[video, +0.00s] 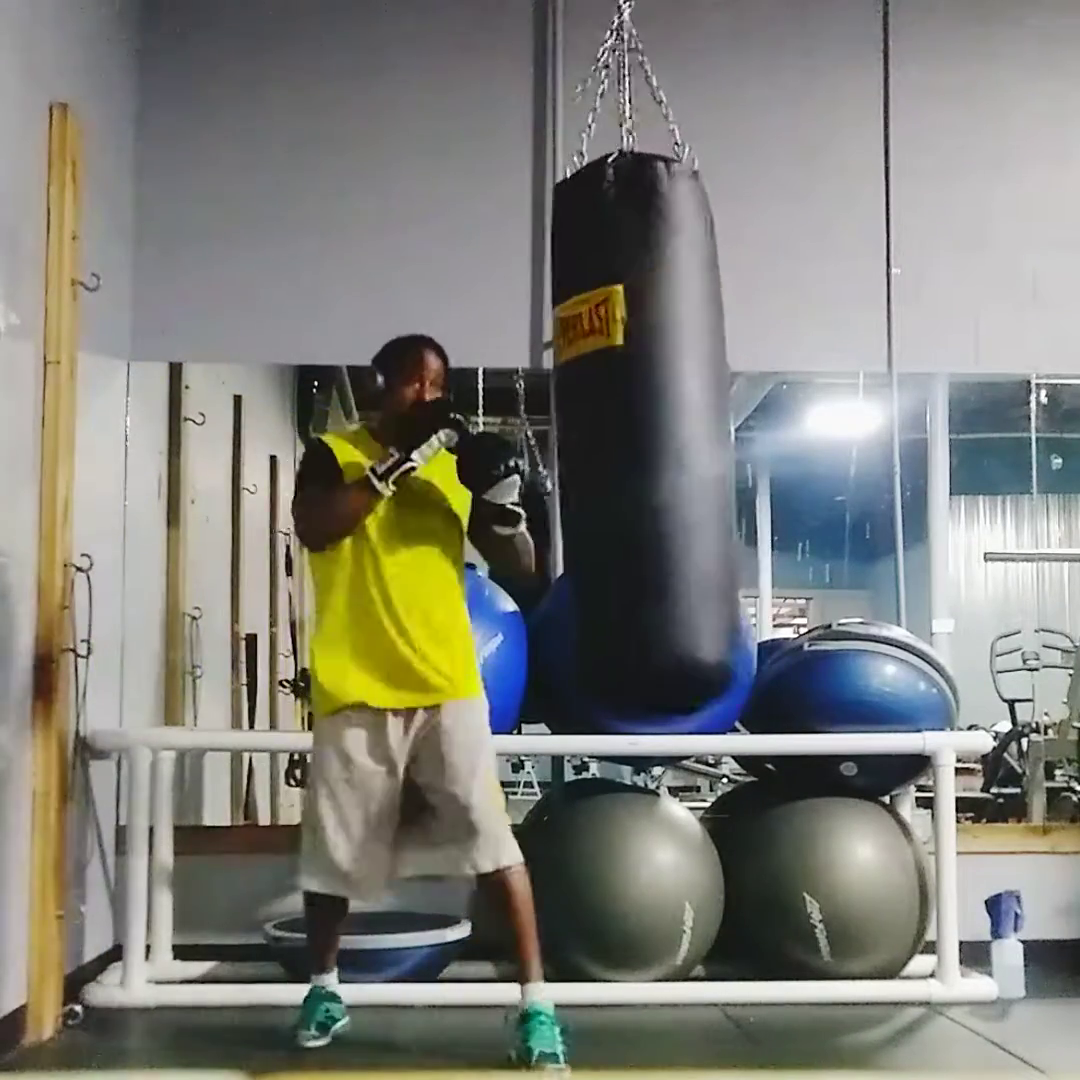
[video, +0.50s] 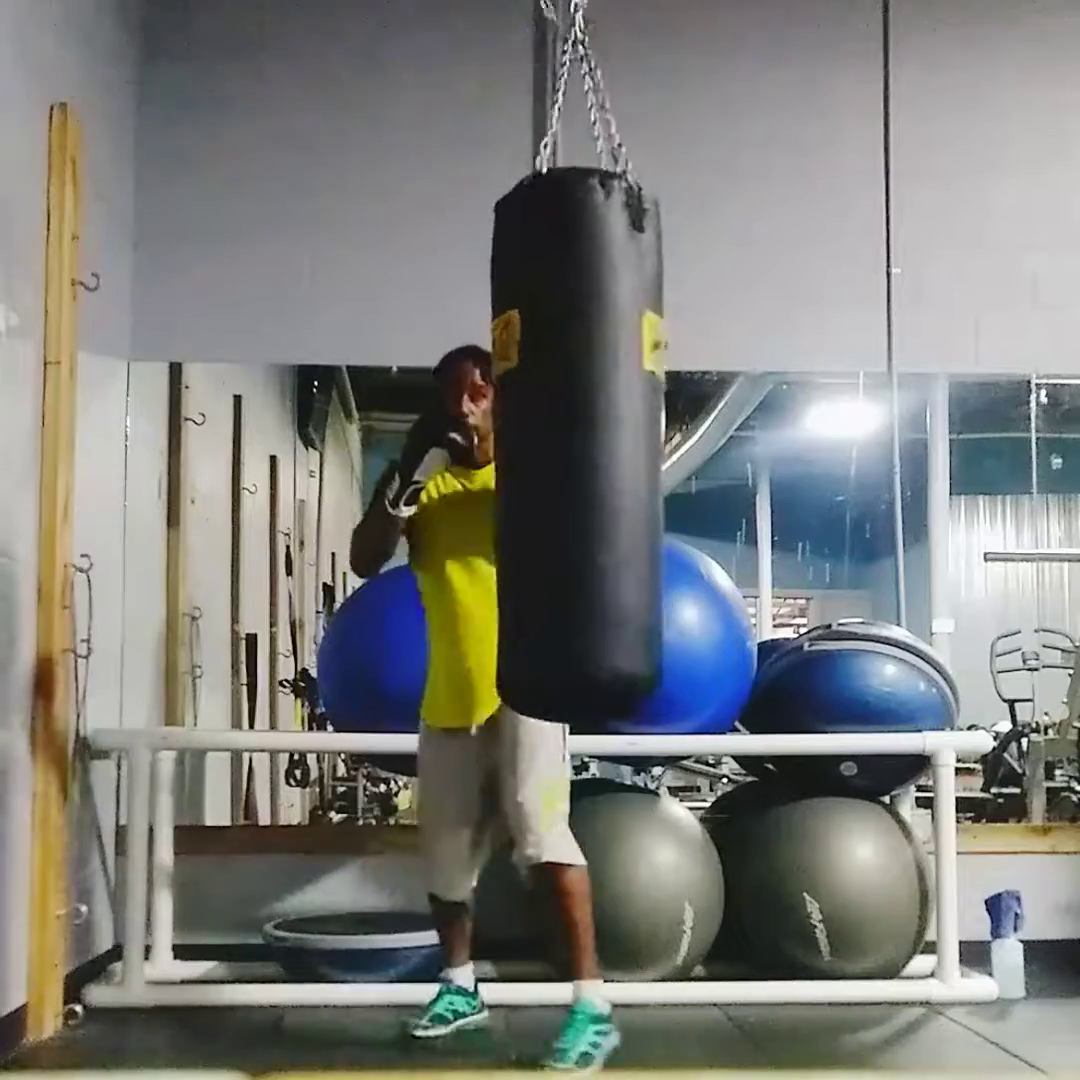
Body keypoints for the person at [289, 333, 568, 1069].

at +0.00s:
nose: (425, 394)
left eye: (436, 385)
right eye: (411, 381)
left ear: (445, 398)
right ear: (376, 387)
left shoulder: (451, 468)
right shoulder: (333, 453)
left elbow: (525, 578)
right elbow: (312, 528)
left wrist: (504, 500)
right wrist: (401, 461)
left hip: (447, 681)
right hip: (352, 682)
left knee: (493, 842)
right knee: (333, 848)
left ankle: (536, 1007)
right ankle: (323, 992)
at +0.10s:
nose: (430, 389)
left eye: (443, 379)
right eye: (416, 376)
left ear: (455, 393)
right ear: (389, 385)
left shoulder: (475, 466)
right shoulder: (351, 458)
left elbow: (526, 571)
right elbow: (315, 538)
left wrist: (516, 488)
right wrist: (389, 458)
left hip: (468, 684)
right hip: (371, 685)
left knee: (504, 846)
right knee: (341, 849)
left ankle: (534, 1008)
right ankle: (326, 991)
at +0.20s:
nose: (441, 382)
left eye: (456, 372)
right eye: (429, 370)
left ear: (473, 387)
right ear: (405, 383)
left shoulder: (507, 450)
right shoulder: (378, 458)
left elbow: (552, 545)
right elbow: (324, 538)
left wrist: (554, 464)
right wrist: (376, 444)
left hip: (486, 678)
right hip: (395, 681)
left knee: (515, 846)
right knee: (370, 847)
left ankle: (538, 1009)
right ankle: (345, 988)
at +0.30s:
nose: (458, 385)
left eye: (473, 373)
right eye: (445, 372)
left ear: (492, 385)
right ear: (426, 383)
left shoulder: (520, 454)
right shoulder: (406, 466)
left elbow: (573, 485)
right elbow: (344, 540)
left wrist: (541, 410)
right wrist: (379, 467)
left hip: (500, 674)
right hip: (414, 679)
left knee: (522, 837)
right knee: (395, 833)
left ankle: (539, 1007)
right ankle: (414, 974)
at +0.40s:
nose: (468, 388)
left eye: (481, 376)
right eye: (456, 376)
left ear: (498, 386)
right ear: (434, 386)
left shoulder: (528, 457)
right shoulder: (414, 467)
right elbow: (359, 546)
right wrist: (397, 476)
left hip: (518, 675)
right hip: (433, 680)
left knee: (529, 831)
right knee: (426, 837)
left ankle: (548, 1004)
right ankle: (454, 975)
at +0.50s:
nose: (465, 404)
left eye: (479, 391)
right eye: (455, 393)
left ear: (505, 400)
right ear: (439, 403)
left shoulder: (534, 472)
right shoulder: (423, 482)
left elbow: (577, 504)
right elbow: (365, 559)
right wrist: (406, 471)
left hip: (528, 682)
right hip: (452, 687)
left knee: (545, 836)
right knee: (445, 851)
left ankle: (590, 1003)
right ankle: (460, 991)